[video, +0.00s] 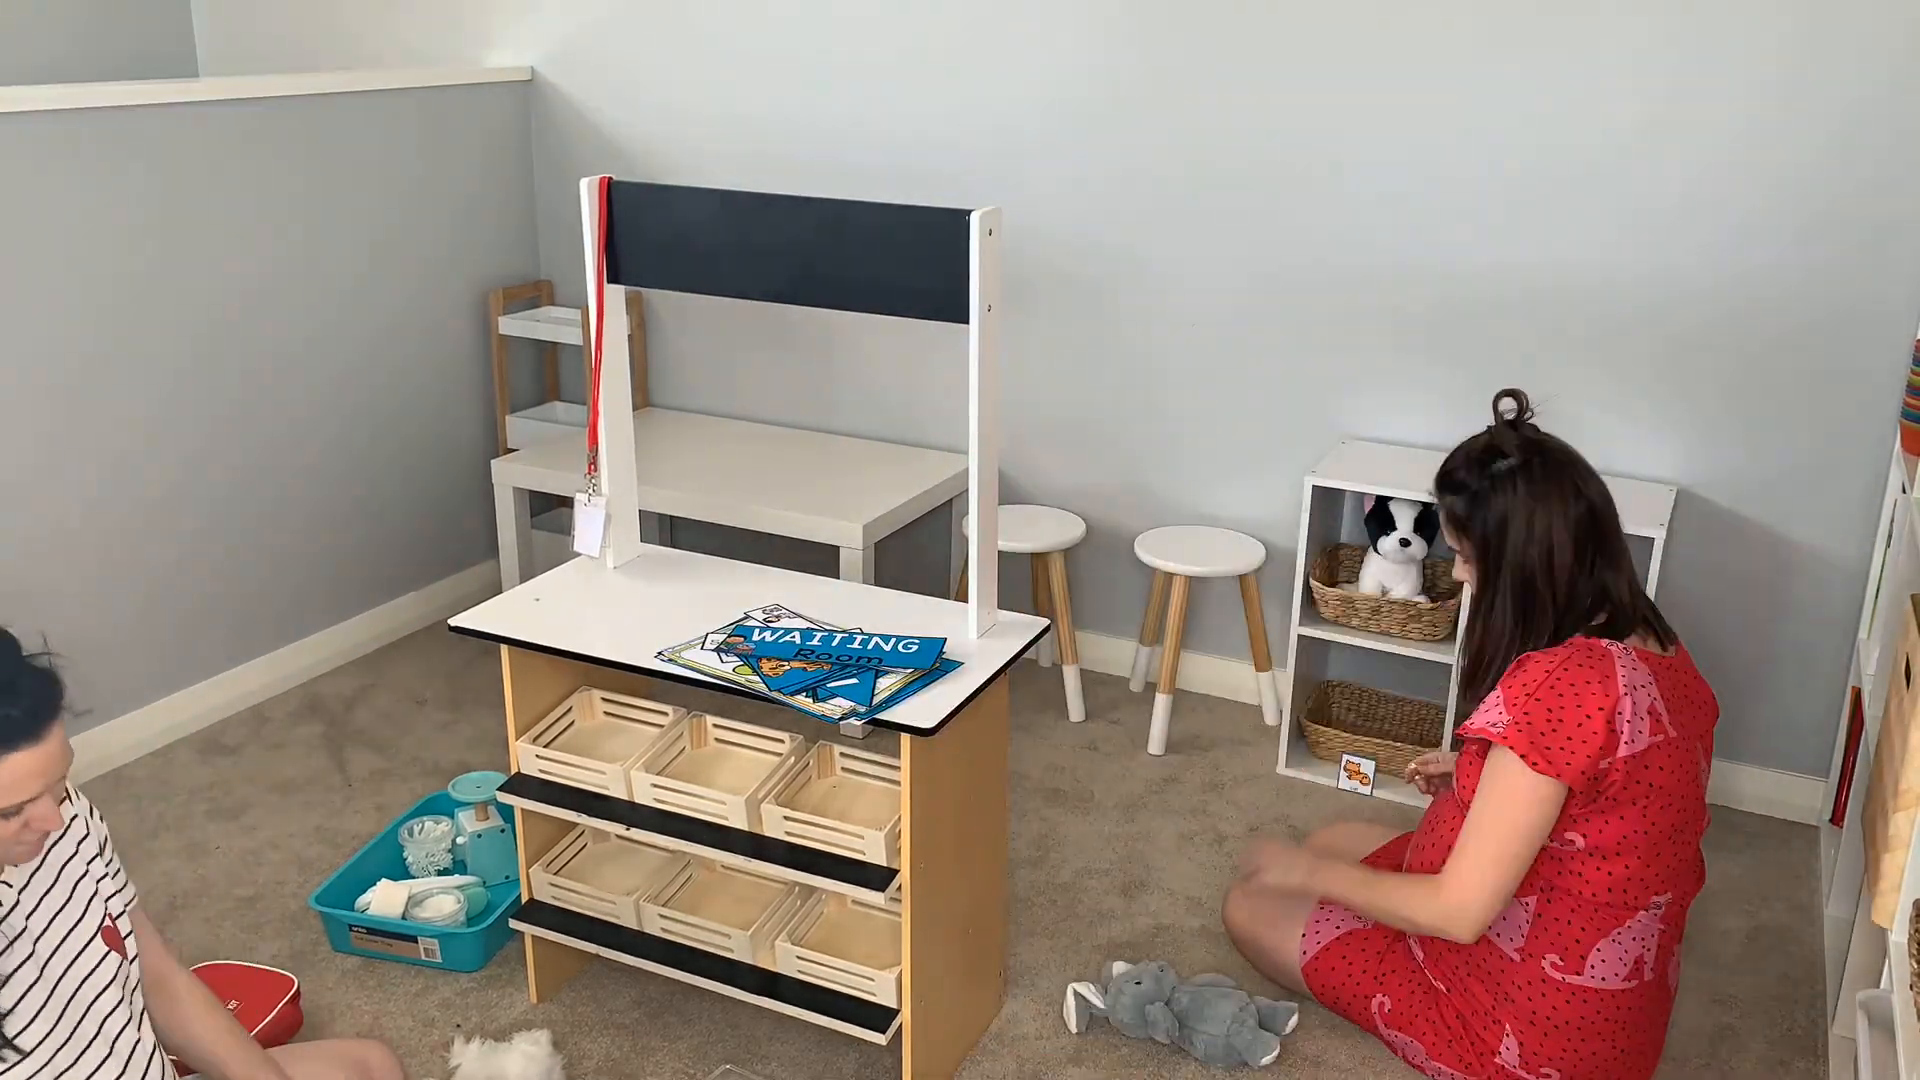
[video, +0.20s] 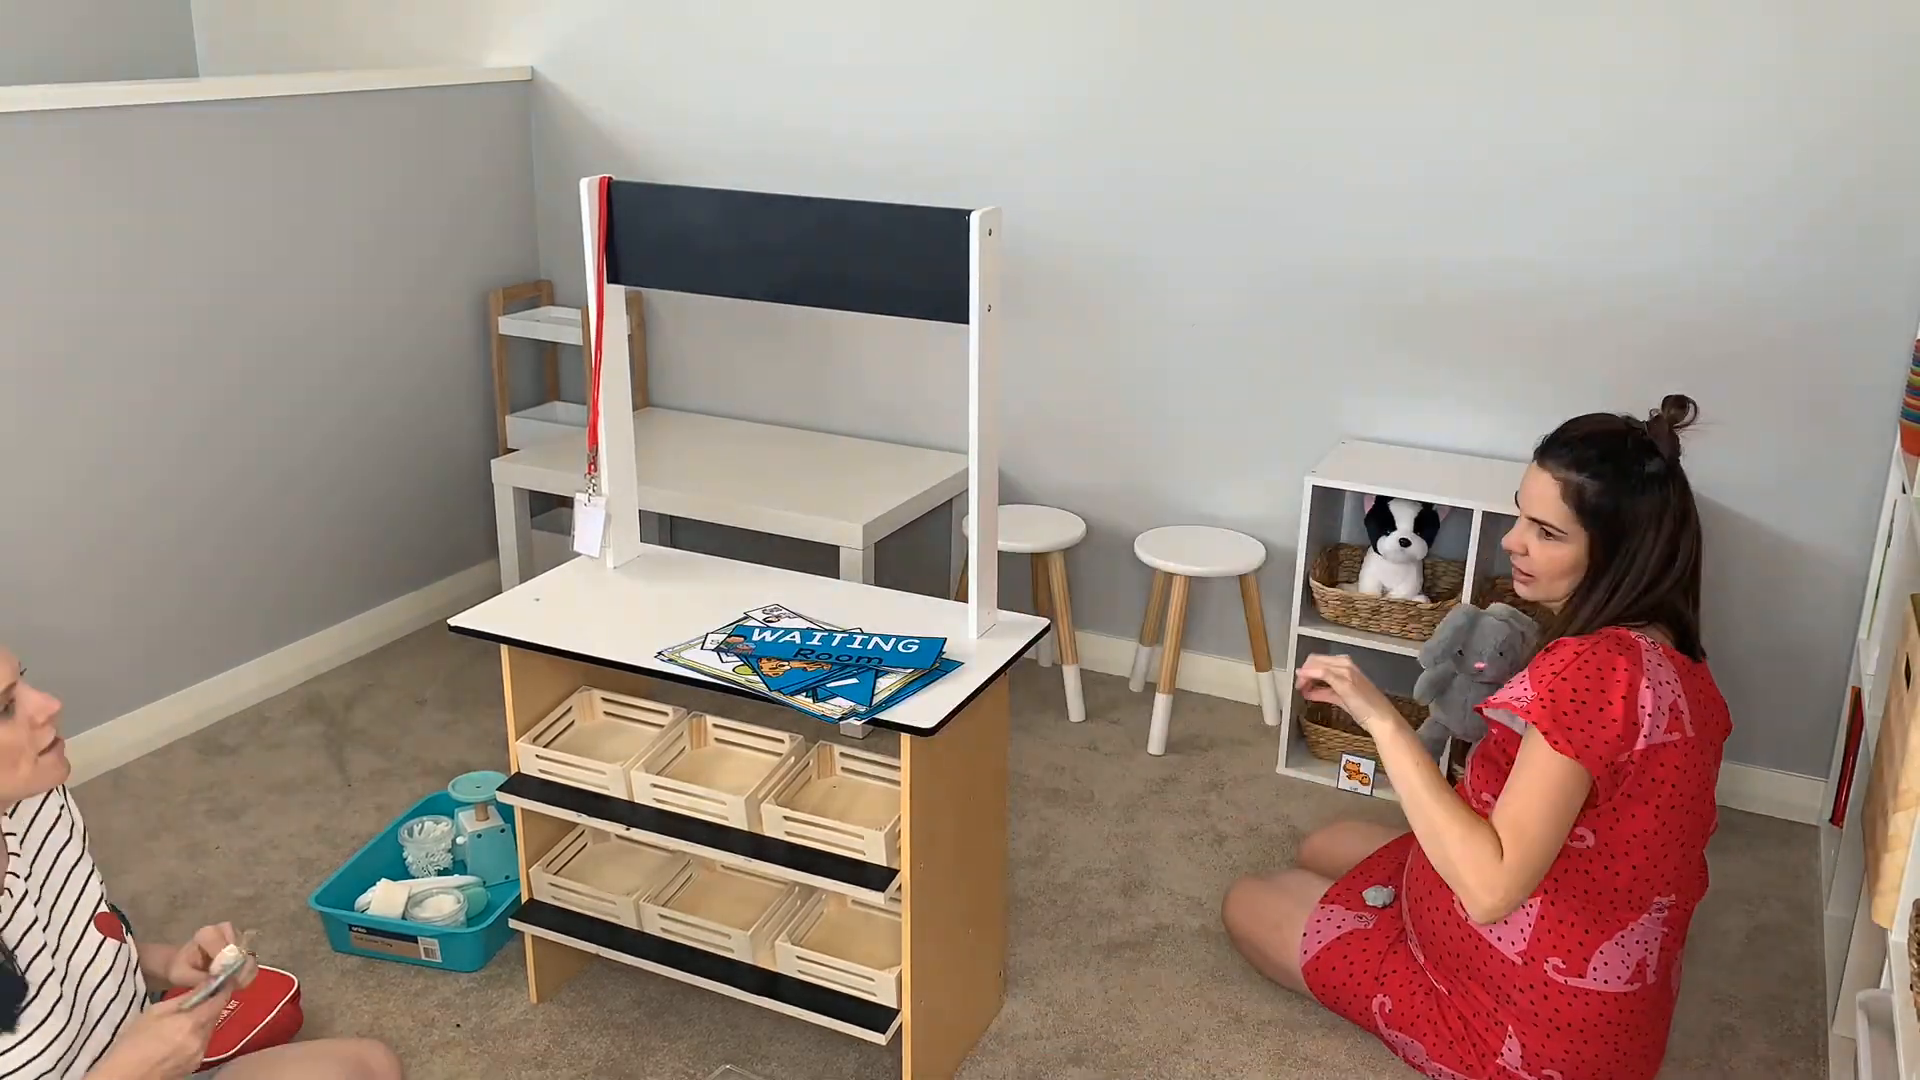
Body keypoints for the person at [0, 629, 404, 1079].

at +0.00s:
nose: (53, 822)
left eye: (58, 788)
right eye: (16, 811)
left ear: (61, 752)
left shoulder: (72, 816)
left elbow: (160, 979)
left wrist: (266, 1070)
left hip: (162, 1067)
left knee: (374, 1062)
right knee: (371, 1063)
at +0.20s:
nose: (48, 705)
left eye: (23, 684)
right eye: (8, 706)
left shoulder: (44, 802)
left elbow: (81, 929)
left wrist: (167, 963)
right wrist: (125, 1066)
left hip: (133, 1040)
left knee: (373, 1063)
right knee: (370, 1064)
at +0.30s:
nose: (13, 815)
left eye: (20, 775)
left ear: (30, 747)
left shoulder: (35, 797)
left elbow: (68, 943)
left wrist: (167, 986)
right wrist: (146, 1073)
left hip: (141, 1048)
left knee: (373, 1063)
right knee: (370, 1064)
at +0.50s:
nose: (113, 822)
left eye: (114, 791)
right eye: (79, 809)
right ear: (3, 802)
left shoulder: (54, 841)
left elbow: (88, 949)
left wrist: (199, 982)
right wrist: (261, 1068)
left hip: (160, 1059)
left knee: (375, 1062)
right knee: (372, 1063)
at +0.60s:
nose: (14, 716)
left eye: (7, 691)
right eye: (4, 697)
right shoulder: (24, 895)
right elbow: (214, 1039)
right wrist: (379, 1068)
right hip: (82, 1070)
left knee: (250, 933)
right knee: (248, 934)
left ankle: (304, 939)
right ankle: (313, 935)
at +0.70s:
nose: (101, 781)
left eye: (97, 753)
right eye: (71, 772)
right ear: (2, 775)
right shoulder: (22, 951)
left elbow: (68, 931)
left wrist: (232, 953)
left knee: (142, 998)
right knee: (279, 995)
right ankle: (315, 919)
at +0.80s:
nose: (164, 795)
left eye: (163, 770)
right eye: (138, 786)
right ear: (52, 784)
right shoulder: (71, 933)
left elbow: (110, 950)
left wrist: (248, 963)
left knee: (149, 1013)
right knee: (280, 1004)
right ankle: (316, 916)